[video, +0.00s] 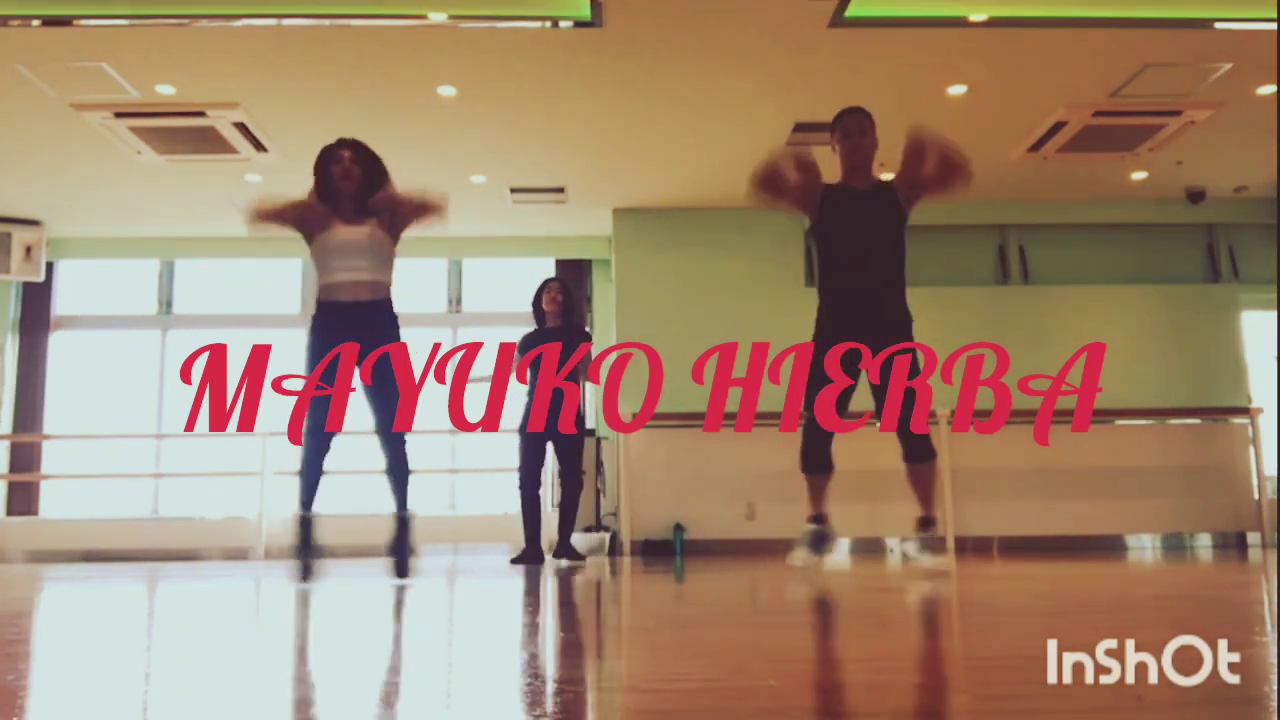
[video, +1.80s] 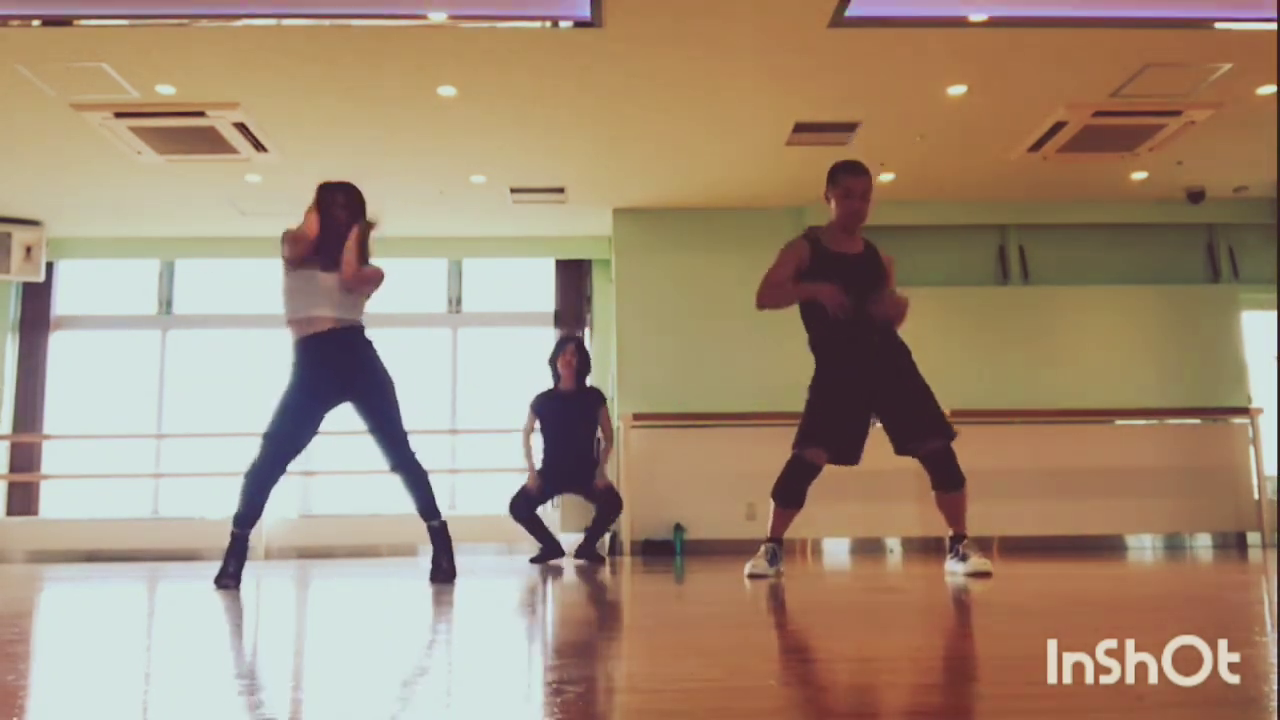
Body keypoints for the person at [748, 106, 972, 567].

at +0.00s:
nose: (856, 143)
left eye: (863, 134)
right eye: (847, 136)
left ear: (876, 141)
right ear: (834, 145)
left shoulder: (898, 192)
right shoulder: (819, 197)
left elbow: (957, 174)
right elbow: (763, 182)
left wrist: (926, 146)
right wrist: (789, 168)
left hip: (889, 324)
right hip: (836, 327)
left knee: (913, 424)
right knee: (816, 428)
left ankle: (927, 525)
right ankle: (818, 526)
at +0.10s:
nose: (856, 151)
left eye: (863, 143)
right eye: (848, 144)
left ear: (878, 152)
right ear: (835, 154)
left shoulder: (893, 196)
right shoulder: (827, 201)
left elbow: (912, 129)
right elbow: (800, 140)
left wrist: (915, 65)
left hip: (892, 332)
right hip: (839, 333)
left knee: (925, 434)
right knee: (809, 435)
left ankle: (961, 533)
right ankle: (777, 530)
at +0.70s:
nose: (857, 171)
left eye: (864, 163)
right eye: (849, 162)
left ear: (875, 170)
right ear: (834, 169)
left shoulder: (891, 215)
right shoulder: (819, 218)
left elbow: (918, 158)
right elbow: (789, 160)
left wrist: (874, 134)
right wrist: (828, 126)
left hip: (887, 348)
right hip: (835, 349)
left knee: (920, 447)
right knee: (806, 450)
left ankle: (958, 546)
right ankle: (770, 547)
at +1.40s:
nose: (860, 178)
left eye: (867, 170)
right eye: (851, 170)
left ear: (877, 177)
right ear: (834, 177)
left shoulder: (889, 228)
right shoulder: (817, 234)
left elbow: (932, 225)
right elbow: (774, 209)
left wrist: (906, 191)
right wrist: (810, 192)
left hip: (892, 355)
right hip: (838, 356)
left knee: (931, 447)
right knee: (805, 451)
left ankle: (959, 545)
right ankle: (771, 546)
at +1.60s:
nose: (862, 185)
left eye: (869, 177)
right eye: (853, 177)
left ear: (878, 183)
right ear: (837, 181)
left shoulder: (890, 238)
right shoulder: (813, 232)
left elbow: (907, 298)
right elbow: (786, 274)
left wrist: (908, 245)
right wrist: (810, 229)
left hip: (897, 358)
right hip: (844, 360)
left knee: (937, 448)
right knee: (813, 453)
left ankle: (959, 546)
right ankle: (772, 546)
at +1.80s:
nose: (857, 205)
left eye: (864, 196)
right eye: (848, 195)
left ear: (872, 200)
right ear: (829, 197)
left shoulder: (877, 259)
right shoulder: (804, 248)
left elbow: (889, 314)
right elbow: (766, 297)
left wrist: (895, 307)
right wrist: (817, 291)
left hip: (891, 369)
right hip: (838, 373)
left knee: (938, 452)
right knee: (807, 460)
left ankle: (960, 547)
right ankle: (771, 549)